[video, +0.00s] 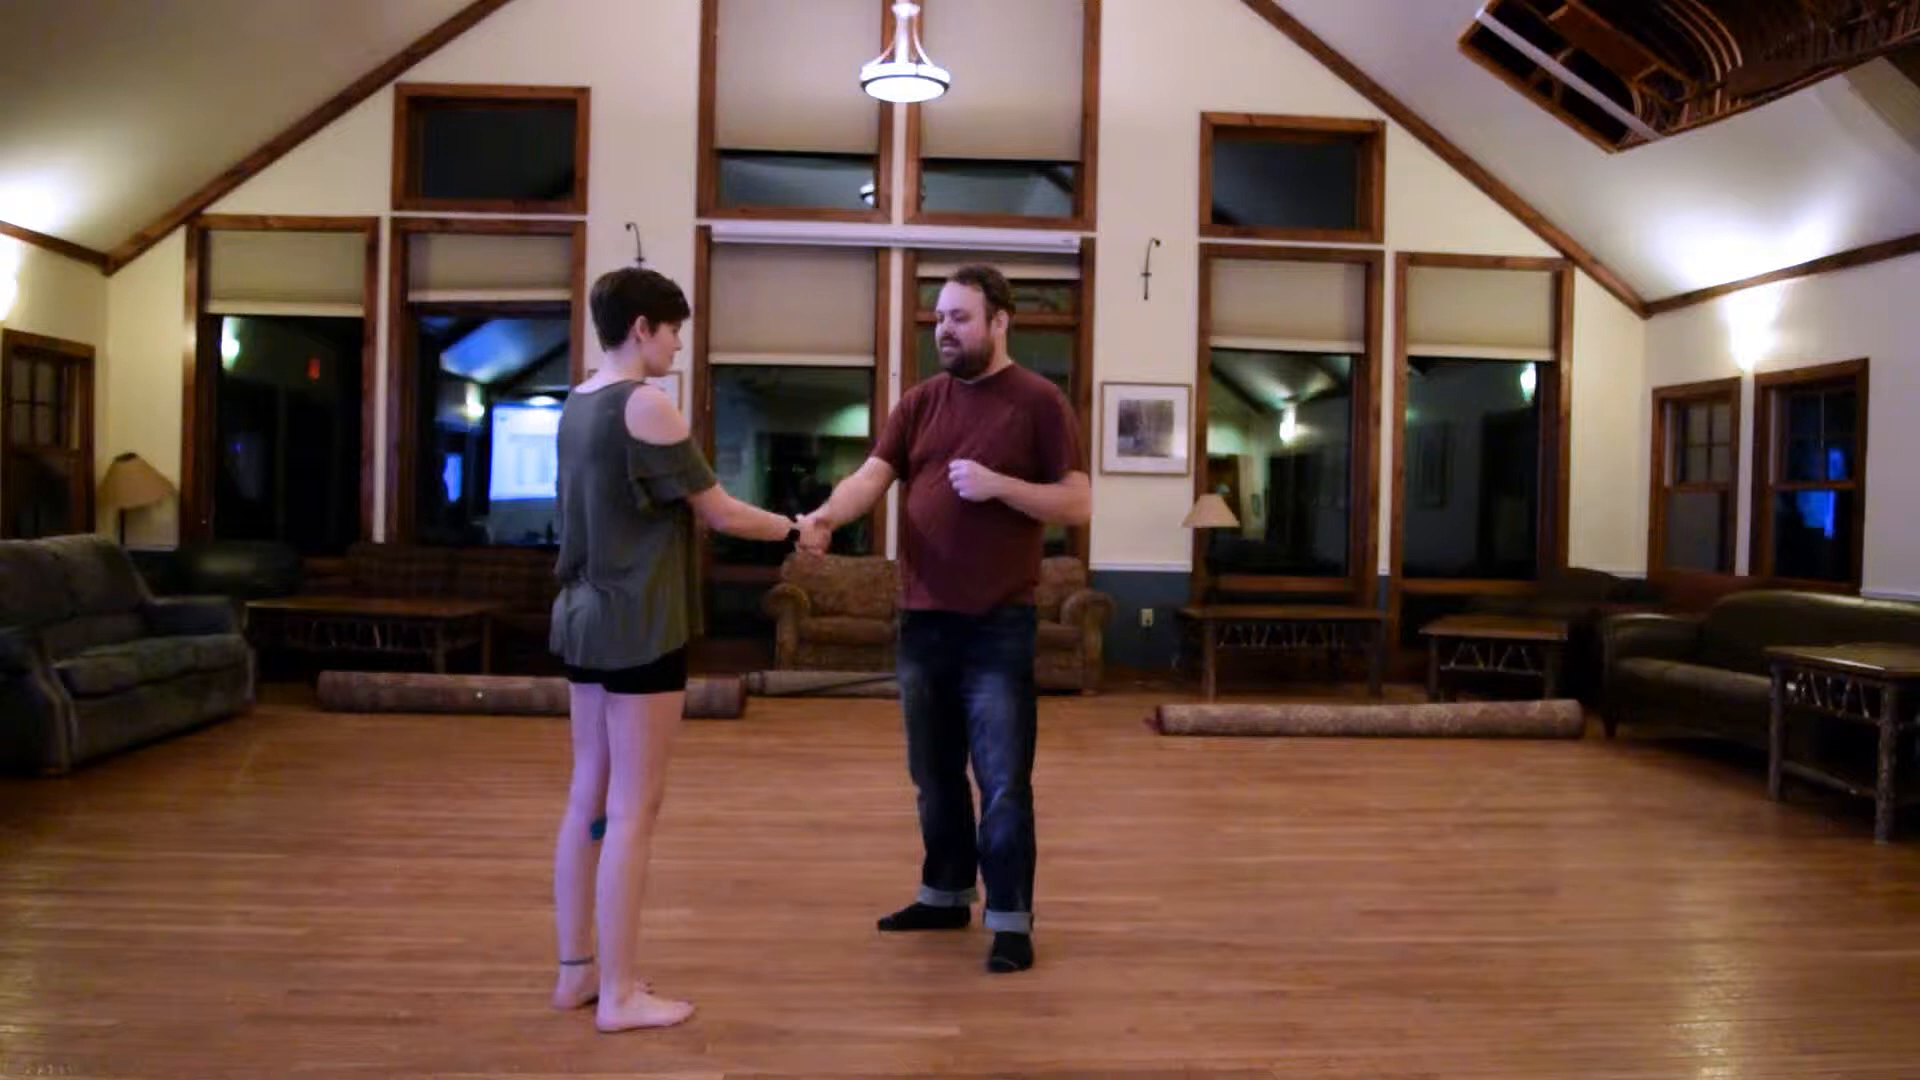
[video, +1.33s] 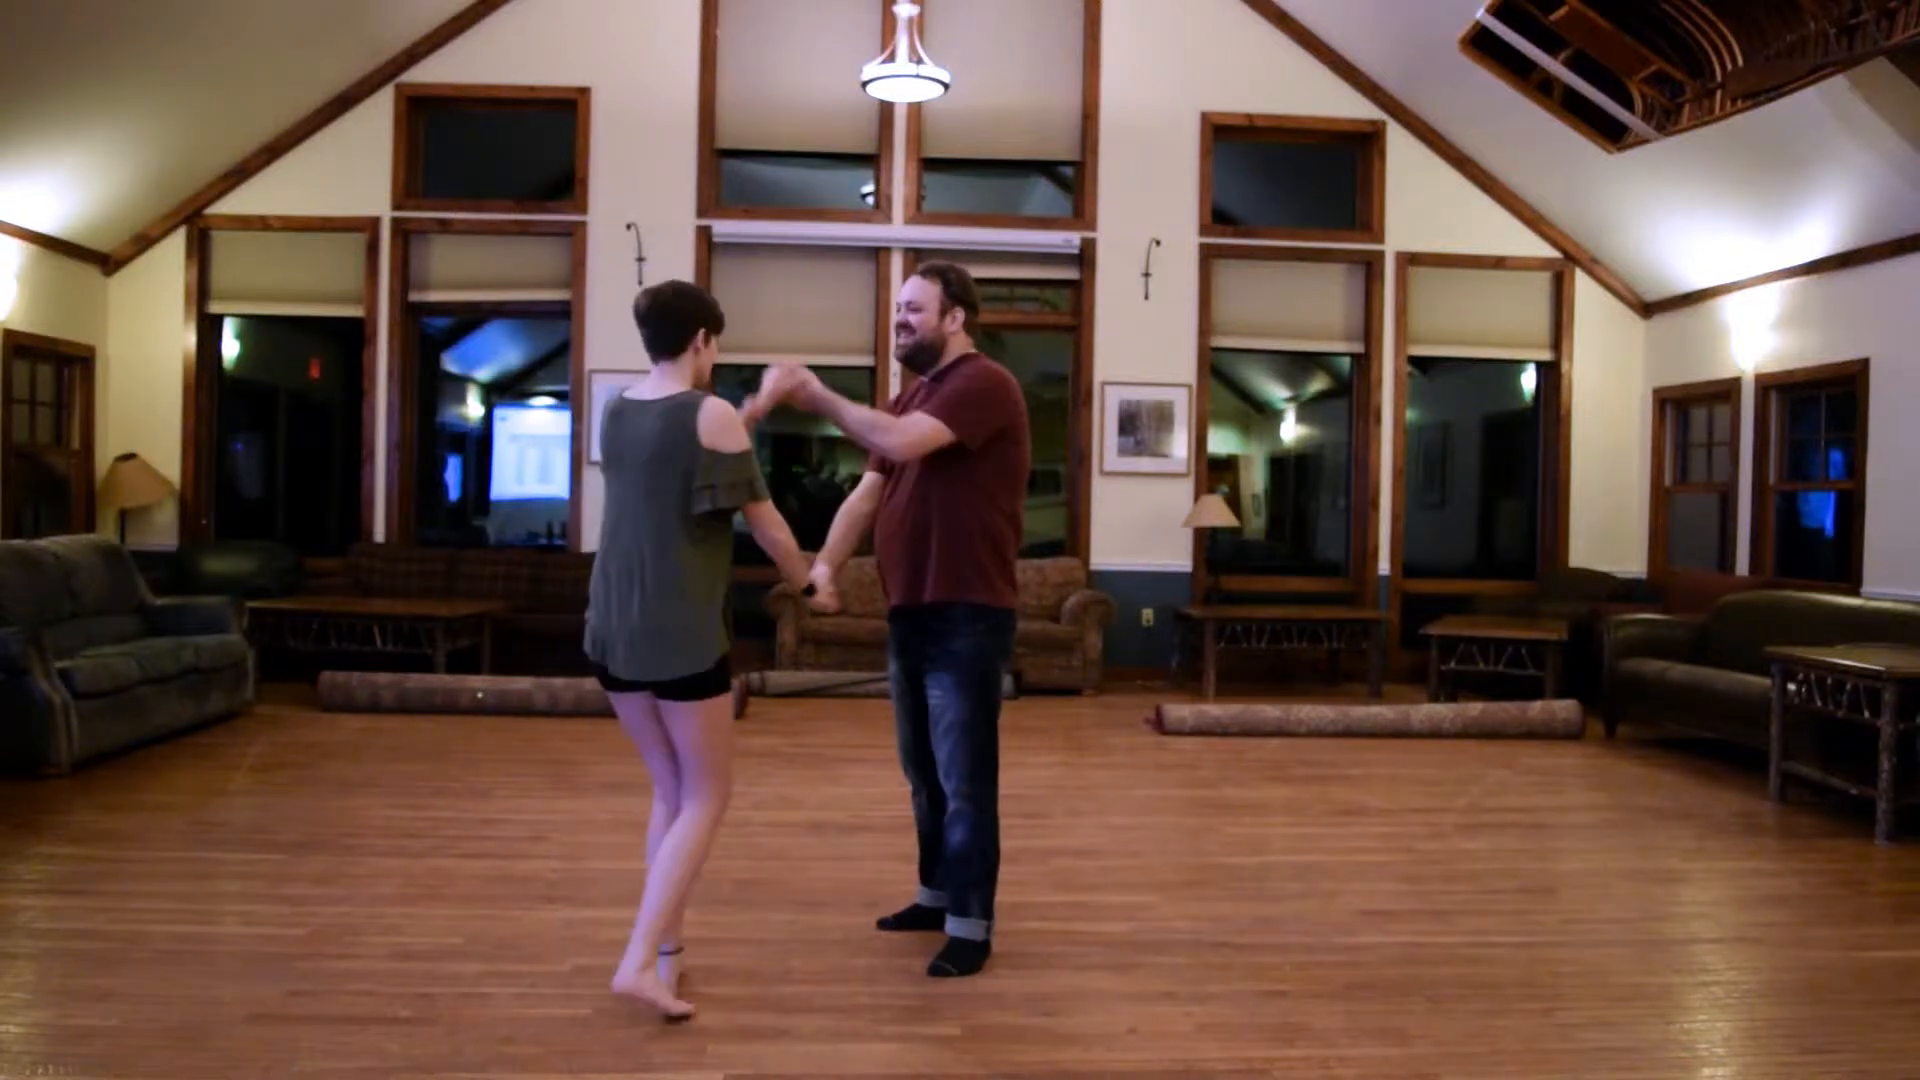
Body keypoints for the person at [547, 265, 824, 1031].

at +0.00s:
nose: (676, 347)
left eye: (677, 335)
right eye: (672, 335)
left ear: (615, 331)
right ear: (643, 331)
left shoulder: (580, 402)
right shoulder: (649, 403)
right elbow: (716, 510)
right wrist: (792, 527)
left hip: (584, 621)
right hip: (642, 630)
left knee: (586, 801)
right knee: (632, 811)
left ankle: (576, 970)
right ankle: (620, 993)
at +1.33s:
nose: (718, 351)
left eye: (716, 340)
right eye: (717, 340)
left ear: (650, 342)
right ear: (702, 342)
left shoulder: (619, 412)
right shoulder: (715, 416)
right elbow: (766, 524)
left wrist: (746, 413)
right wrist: (804, 578)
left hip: (613, 630)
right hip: (682, 637)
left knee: (668, 792)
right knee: (706, 797)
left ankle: (667, 950)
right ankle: (637, 964)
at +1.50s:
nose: (735, 342)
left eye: (667, 336)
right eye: (735, 333)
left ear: (667, 345)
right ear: (732, 343)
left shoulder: (641, 408)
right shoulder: (757, 424)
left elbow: (643, 373)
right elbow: (759, 530)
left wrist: (661, 354)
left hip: (631, 625)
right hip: (717, 633)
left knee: (662, 790)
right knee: (714, 785)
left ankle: (663, 959)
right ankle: (732, 943)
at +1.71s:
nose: (695, 339)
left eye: (701, 327)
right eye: (714, 330)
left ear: (703, 337)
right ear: (761, 349)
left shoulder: (687, 383)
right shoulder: (775, 424)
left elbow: (637, 296)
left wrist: (711, 250)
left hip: (678, 610)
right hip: (747, 616)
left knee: (670, 795)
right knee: (713, 792)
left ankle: (672, 954)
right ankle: (746, 929)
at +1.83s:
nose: (705, 348)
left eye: (717, 339)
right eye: (709, 336)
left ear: (745, 348)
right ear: (746, 349)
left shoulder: (771, 413)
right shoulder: (715, 402)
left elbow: (704, 383)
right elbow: (648, 378)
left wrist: (719, 304)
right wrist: (670, 300)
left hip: (739, 615)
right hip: (719, 609)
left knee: (675, 777)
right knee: (714, 780)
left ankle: (750, 927)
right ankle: (740, 924)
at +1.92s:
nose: (712, 355)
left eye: (725, 345)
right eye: (707, 345)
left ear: (758, 351)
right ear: (701, 355)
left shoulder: (785, 418)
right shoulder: (694, 403)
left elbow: (754, 437)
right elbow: (636, 339)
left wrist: (764, 341)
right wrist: (678, 261)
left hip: (755, 615)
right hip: (695, 608)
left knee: (714, 784)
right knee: (710, 782)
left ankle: (791, 908)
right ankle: (746, 925)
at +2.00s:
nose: (726, 350)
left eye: (738, 339)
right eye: (717, 341)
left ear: (767, 345)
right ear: (708, 351)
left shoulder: (795, 417)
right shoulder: (698, 404)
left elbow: (795, 477)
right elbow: (639, 317)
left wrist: (796, 388)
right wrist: (696, 250)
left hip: (772, 611)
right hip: (699, 603)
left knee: (751, 782)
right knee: (717, 777)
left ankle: (796, 897)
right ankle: (748, 929)